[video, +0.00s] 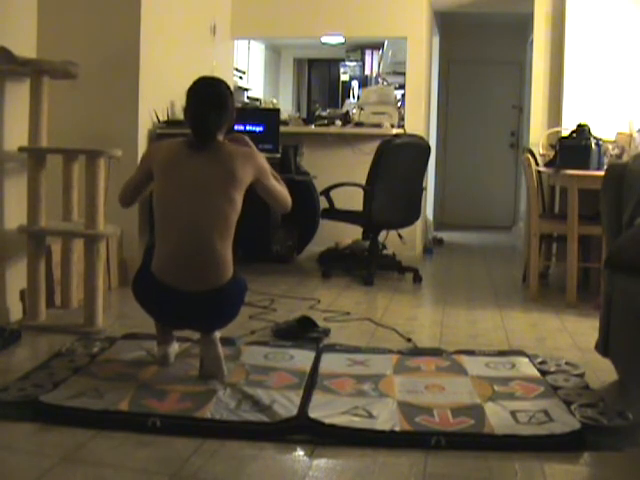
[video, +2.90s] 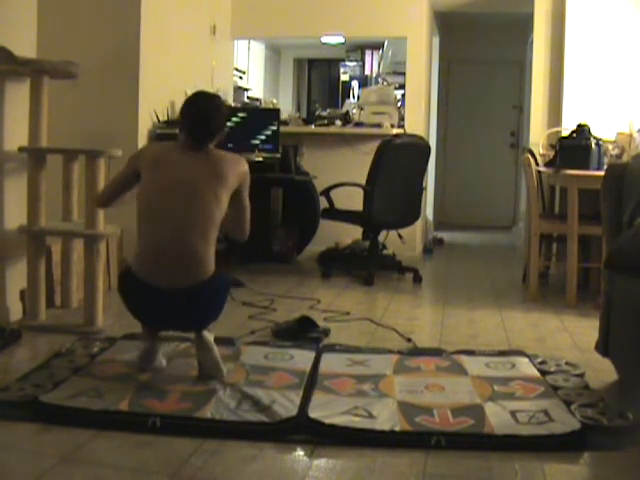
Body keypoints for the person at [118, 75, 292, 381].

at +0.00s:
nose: (233, 115)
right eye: (231, 109)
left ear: (187, 113)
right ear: (229, 118)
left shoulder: (160, 153)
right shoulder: (246, 159)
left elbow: (126, 198)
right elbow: (284, 203)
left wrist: (156, 170)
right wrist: (254, 153)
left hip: (162, 303)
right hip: (216, 307)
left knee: (152, 249)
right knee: (233, 280)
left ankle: (165, 344)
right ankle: (211, 339)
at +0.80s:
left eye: (193, 104)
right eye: (236, 112)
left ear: (192, 110)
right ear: (234, 117)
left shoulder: (166, 149)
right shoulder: (249, 159)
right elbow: (282, 201)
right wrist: (253, 143)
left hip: (164, 304)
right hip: (216, 307)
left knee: (155, 244)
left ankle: (165, 345)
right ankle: (211, 339)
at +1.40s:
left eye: (193, 114)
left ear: (192, 121)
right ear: (235, 127)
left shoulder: (165, 155)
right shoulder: (252, 165)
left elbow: (127, 202)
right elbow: (281, 213)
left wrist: (157, 175)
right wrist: (248, 159)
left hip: (166, 307)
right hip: (218, 310)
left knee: (155, 241)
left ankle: (165, 345)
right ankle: (211, 340)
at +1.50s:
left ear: (191, 122)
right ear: (234, 128)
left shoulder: (164, 157)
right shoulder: (251, 165)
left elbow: (125, 208)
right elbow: (282, 216)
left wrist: (156, 181)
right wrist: (260, 175)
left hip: (165, 308)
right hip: (218, 311)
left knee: (155, 242)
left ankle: (165, 345)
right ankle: (211, 342)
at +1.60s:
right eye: (235, 125)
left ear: (191, 123)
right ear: (234, 130)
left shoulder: (164, 158)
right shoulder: (251, 165)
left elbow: (124, 211)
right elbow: (283, 216)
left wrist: (157, 183)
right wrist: (262, 176)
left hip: (166, 308)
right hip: (218, 311)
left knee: (155, 241)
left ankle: (165, 345)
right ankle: (211, 342)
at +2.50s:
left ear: (196, 125)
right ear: (238, 135)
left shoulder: (169, 156)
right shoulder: (256, 168)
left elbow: (124, 208)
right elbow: (276, 231)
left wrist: (167, 193)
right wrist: (247, 203)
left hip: (165, 308)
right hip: (216, 312)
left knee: (151, 236)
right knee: (237, 285)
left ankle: (163, 346)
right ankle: (209, 340)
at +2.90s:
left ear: (180, 124)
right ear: (220, 134)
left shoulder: (150, 155)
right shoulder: (235, 166)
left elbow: (104, 199)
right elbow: (240, 232)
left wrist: (140, 172)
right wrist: (210, 206)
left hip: (146, 304)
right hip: (197, 308)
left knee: (128, 272)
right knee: (220, 277)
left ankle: (150, 346)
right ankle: (205, 338)